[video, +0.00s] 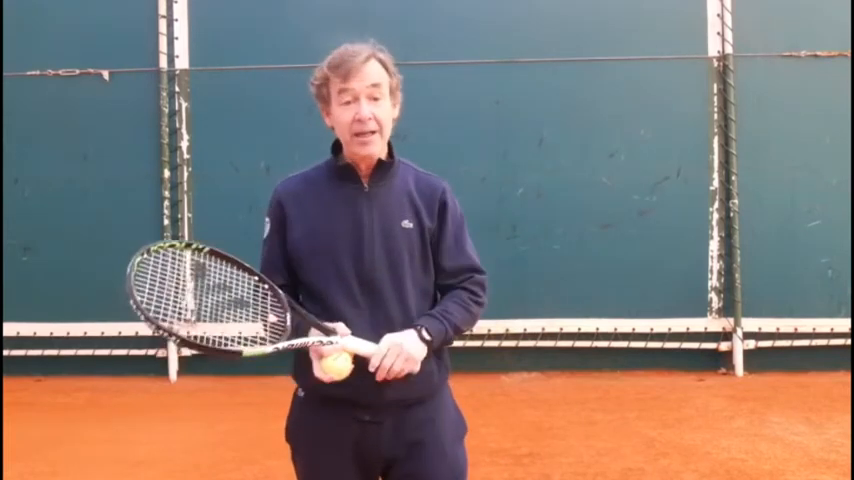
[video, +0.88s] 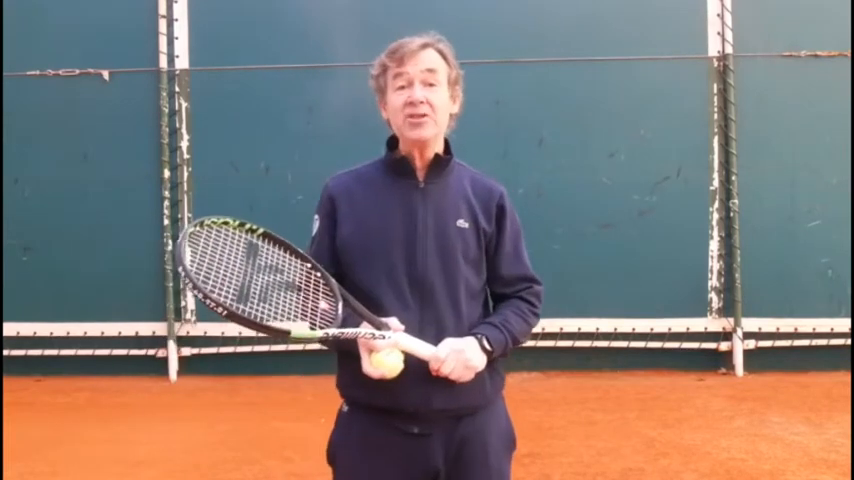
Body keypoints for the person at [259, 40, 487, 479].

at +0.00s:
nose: (364, 112)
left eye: (374, 98)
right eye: (348, 101)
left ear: (394, 106)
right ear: (328, 113)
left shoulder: (432, 196)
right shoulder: (292, 200)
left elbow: (469, 287)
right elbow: (274, 298)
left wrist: (422, 336)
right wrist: (313, 337)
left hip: (423, 417)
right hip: (328, 419)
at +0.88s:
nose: (416, 96)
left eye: (430, 82)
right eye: (402, 86)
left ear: (453, 99)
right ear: (384, 105)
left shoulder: (487, 197)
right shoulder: (343, 196)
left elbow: (523, 296)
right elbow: (316, 300)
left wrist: (481, 345)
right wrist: (358, 338)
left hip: (475, 429)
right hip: (375, 428)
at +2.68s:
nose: (381, 106)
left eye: (394, 92)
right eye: (367, 93)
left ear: (415, 106)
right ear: (346, 109)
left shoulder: (446, 192)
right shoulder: (306, 197)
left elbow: (513, 283)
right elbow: (282, 293)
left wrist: (505, 223)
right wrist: (302, 335)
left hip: (434, 423)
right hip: (338, 423)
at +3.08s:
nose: (365, 103)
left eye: (378, 90)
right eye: (350, 91)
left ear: (400, 102)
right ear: (332, 108)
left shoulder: (437, 195)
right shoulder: (293, 198)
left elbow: (491, 294)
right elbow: (269, 289)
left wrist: (502, 269)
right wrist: (288, 335)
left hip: (425, 421)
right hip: (328, 422)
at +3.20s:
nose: (364, 102)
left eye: (377, 87)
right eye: (349, 90)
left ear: (399, 102)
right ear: (330, 107)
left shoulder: (435, 196)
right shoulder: (292, 199)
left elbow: (483, 285)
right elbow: (270, 293)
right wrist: (298, 332)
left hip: (425, 420)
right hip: (328, 424)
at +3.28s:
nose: (363, 100)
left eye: (376, 86)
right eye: (348, 88)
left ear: (398, 104)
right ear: (330, 108)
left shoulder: (434, 197)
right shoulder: (291, 200)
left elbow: (473, 291)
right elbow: (269, 299)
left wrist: (426, 322)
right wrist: (305, 332)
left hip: (425, 422)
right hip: (328, 426)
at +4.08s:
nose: (376, 97)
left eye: (389, 84)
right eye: (360, 87)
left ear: (411, 102)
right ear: (342, 109)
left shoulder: (449, 188)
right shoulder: (307, 201)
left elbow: (524, 260)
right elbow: (285, 310)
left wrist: (455, 231)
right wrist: (324, 340)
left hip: (446, 422)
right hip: (348, 426)